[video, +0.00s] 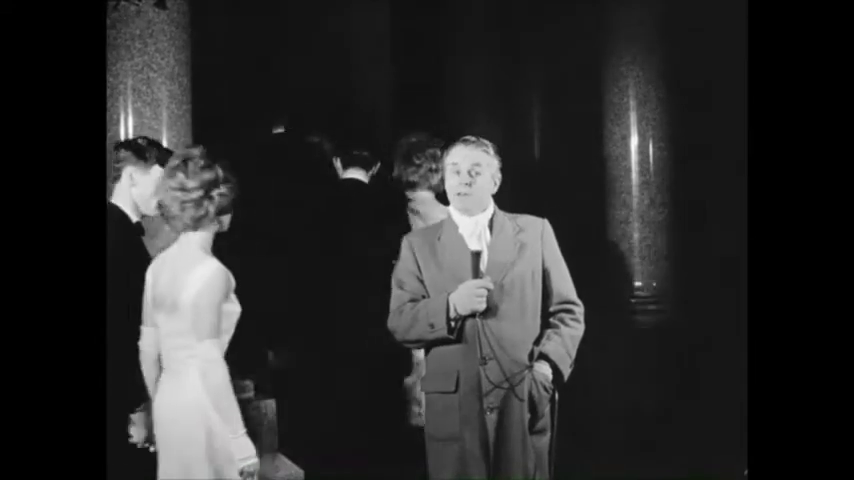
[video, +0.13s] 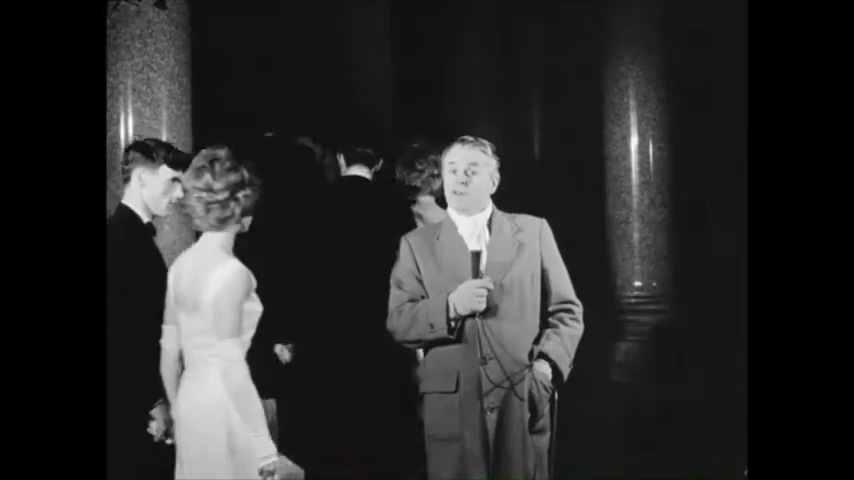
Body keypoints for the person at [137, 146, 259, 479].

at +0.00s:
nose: (233, 210)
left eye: (230, 200)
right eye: (229, 202)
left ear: (178, 208)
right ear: (219, 209)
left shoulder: (157, 267)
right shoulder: (211, 273)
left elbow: (148, 348)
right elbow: (211, 363)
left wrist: (159, 405)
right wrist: (241, 443)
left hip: (168, 394)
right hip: (205, 394)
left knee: (177, 472)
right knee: (208, 472)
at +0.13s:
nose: (253, 214)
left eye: (251, 205)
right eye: (250, 205)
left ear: (196, 209)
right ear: (242, 214)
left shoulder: (179, 266)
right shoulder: (233, 273)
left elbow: (169, 349)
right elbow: (233, 365)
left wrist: (175, 406)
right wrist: (264, 447)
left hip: (189, 392)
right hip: (227, 394)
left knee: (196, 473)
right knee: (232, 473)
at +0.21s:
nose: (267, 212)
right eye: (266, 204)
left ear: (213, 207)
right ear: (260, 210)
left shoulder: (196, 265)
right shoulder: (249, 273)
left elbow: (183, 346)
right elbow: (250, 366)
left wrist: (187, 405)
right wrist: (279, 448)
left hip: (205, 397)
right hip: (245, 398)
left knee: (208, 472)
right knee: (245, 473)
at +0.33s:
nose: (292, 212)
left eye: (290, 202)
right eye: (290, 204)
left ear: (238, 206)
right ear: (284, 210)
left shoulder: (221, 262)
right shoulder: (277, 272)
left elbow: (204, 339)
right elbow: (275, 361)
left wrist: (203, 396)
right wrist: (300, 439)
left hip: (231, 391)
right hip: (270, 395)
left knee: (232, 472)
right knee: (271, 473)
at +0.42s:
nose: (307, 209)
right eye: (306, 202)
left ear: (254, 204)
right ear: (300, 209)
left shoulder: (234, 260)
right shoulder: (295, 271)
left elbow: (218, 336)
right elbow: (292, 356)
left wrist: (215, 394)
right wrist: (316, 433)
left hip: (244, 388)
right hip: (285, 391)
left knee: (248, 472)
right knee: (291, 472)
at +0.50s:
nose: (321, 207)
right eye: (319, 200)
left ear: (267, 201)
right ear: (312, 206)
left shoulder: (245, 258)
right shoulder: (310, 269)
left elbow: (230, 333)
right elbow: (308, 350)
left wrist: (227, 388)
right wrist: (331, 426)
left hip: (256, 387)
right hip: (297, 390)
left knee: (261, 472)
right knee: (302, 471)